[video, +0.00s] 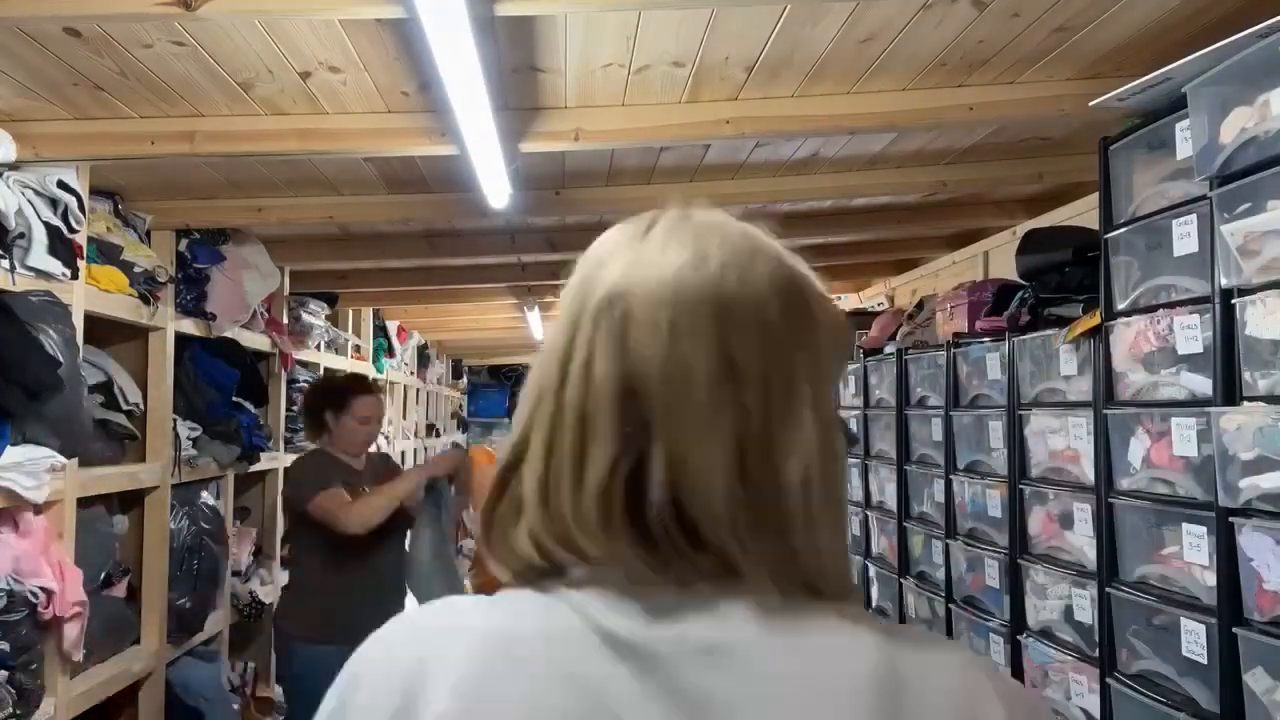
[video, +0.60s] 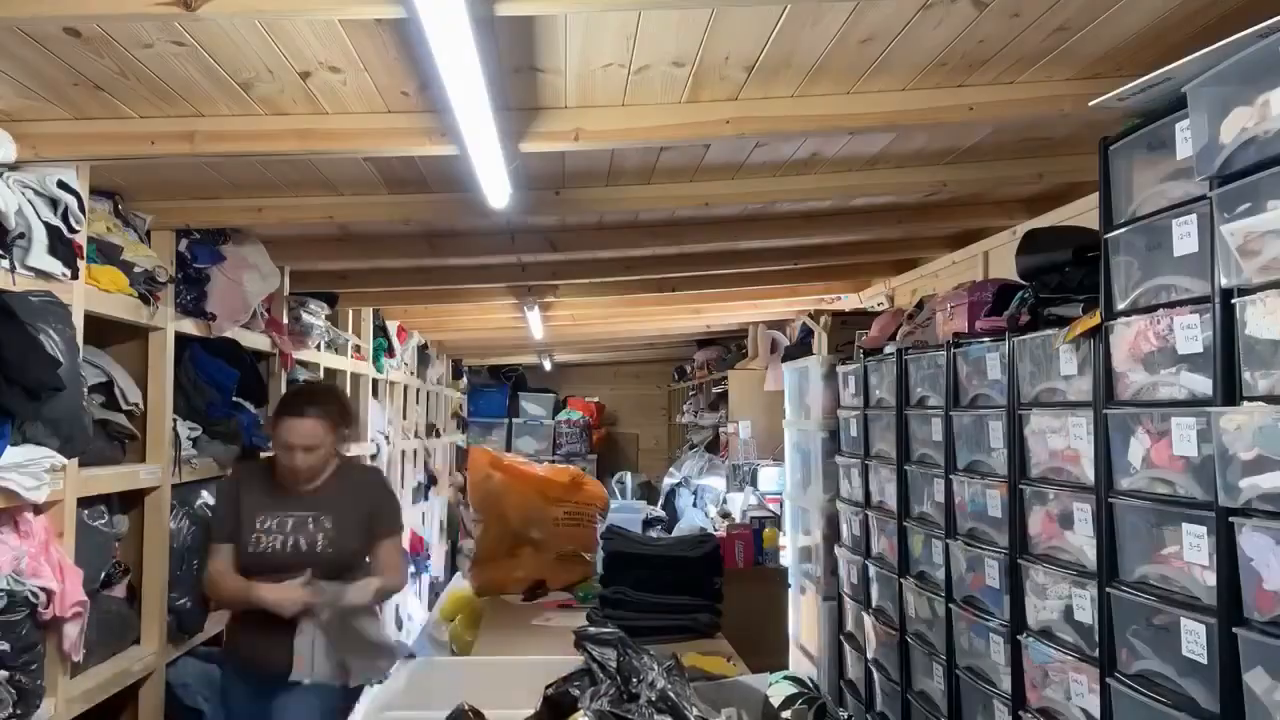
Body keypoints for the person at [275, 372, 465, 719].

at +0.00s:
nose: (374, 431)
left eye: (378, 421)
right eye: (364, 422)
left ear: (383, 420)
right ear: (330, 419)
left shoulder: (383, 467)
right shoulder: (307, 471)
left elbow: (429, 522)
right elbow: (352, 519)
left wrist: (459, 480)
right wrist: (421, 473)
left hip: (380, 636)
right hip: (316, 640)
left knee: (376, 714)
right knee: (319, 715)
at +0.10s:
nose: (404, 422)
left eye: (402, 413)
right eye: (393, 412)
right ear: (356, 418)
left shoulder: (390, 470)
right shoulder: (336, 476)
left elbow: (436, 488)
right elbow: (402, 518)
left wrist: (469, 453)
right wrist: (474, 461)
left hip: (410, 644)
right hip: (363, 650)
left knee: (410, 715)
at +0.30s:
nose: (405, 437)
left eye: (406, 424)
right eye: (397, 422)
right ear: (347, 416)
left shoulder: (381, 489)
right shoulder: (310, 500)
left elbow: (427, 570)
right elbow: (411, 588)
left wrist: (494, 513)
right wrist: (496, 509)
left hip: (400, 703)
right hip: (336, 707)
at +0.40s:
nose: (489, 453)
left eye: (493, 443)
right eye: (489, 440)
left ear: (455, 428)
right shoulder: (417, 495)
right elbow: (424, 630)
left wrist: (483, 611)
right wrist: (510, 644)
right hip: (382, 695)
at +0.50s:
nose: (314, 432)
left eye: (313, 420)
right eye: (310, 421)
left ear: (230, 422)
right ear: (292, 426)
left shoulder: (191, 491)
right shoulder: (323, 501)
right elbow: (412, 551)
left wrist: (382, 443)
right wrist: (452, 479)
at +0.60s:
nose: (297, 461)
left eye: (310, 450)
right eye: (287, 448)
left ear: (338, 440)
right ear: (272, 435)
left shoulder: (368, 486)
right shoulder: (244, 480)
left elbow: (393, 575)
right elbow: (217, 580)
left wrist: (336, 596)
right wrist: (265, 594)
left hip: (322, 672)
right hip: (248, 666)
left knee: (296, 710)